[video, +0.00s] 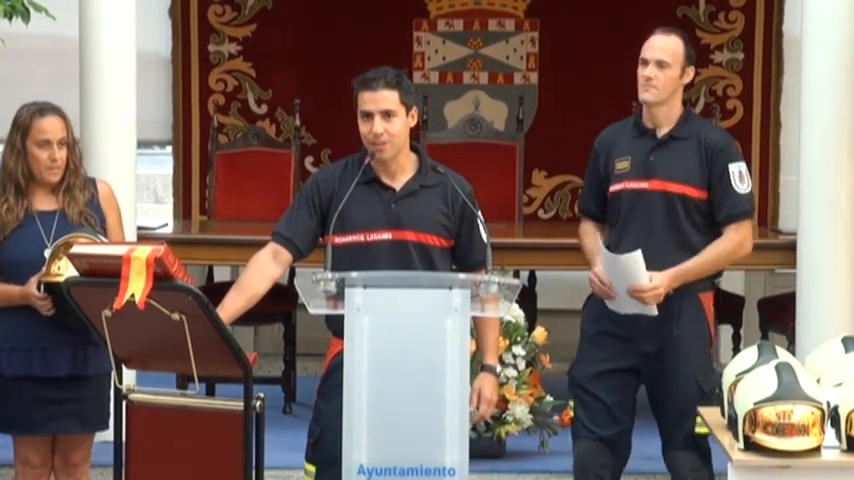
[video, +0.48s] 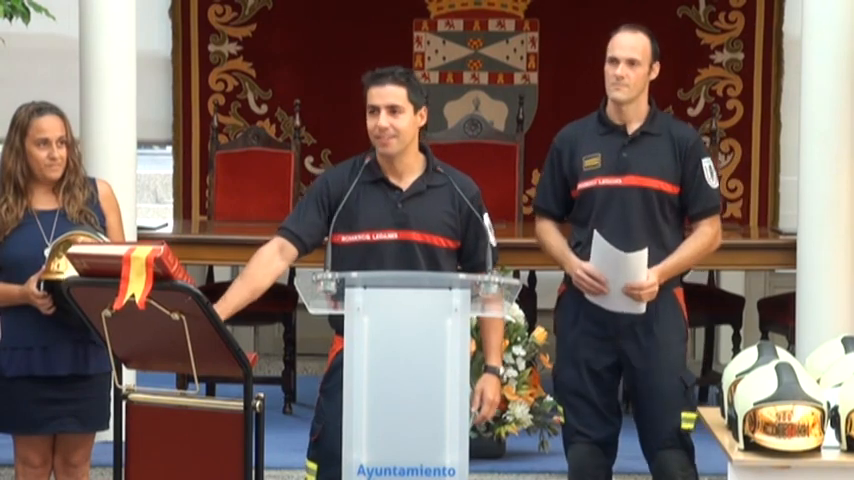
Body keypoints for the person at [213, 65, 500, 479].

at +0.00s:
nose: (376, 128)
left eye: (387, 116)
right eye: (366, 117)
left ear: (413, 118)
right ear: (356, 120)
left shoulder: (453, 192)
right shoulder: (330, 185)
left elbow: (482, 283)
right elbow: (274, 257)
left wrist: (489, 367)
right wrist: (214, 325)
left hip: (431, 359)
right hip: (352, 358)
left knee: (429, 469)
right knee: (330, 466)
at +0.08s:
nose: (376, 128)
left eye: (387, 116)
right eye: (366, 117)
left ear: (412, 118)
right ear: (356, 121)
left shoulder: (452, 192)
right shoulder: (330, 185)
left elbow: (482, 283)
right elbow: (274, 257)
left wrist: (489, 367)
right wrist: (214, 325)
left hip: (431, 359)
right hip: (352, 358)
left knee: (429, 469)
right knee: (329, 466)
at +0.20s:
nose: (377, 127)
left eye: (388, 114)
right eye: (367, 115)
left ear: (413, 117)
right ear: (357, 120)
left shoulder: (453, 191)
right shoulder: (332, 185)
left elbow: (482, 283)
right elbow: (274, 256)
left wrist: (489, 367)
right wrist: (213, 324)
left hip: (432, 357)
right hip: (353, 356)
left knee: (430, 469)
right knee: (329, 466)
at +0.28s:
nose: (377, 125)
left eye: (389, 113)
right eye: (368, 114)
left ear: (415, 117)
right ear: (358, 120)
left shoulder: (454, 191)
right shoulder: (332, 185)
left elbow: (483, 284)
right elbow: (275, 255)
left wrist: (490, 367)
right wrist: (213, 323)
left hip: (432, 358)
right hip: (353, 357)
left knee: (431, 469)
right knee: (329, 466)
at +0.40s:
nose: (380, 123)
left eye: (392, 111)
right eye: (371, 112)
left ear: (418, 117)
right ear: (362, 119)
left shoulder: (458, 192)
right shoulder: (336, 184)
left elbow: (484, 285)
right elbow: (277, 253)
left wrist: (491, 367)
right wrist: (212, 321)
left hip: (434, 359)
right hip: (354, 357)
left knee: (431, 470)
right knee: (330, 468)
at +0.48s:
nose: (382, 123)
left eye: (394, 111)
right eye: (374, 112)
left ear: (421, 117)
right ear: (365, 119)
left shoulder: (461, 193)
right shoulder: (338, 185)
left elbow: (487, 286)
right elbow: (279, 251)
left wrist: (492, 369)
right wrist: (213, 317)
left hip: (435, 360)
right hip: (356, 358)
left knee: (432, 470)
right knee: (331, 468)